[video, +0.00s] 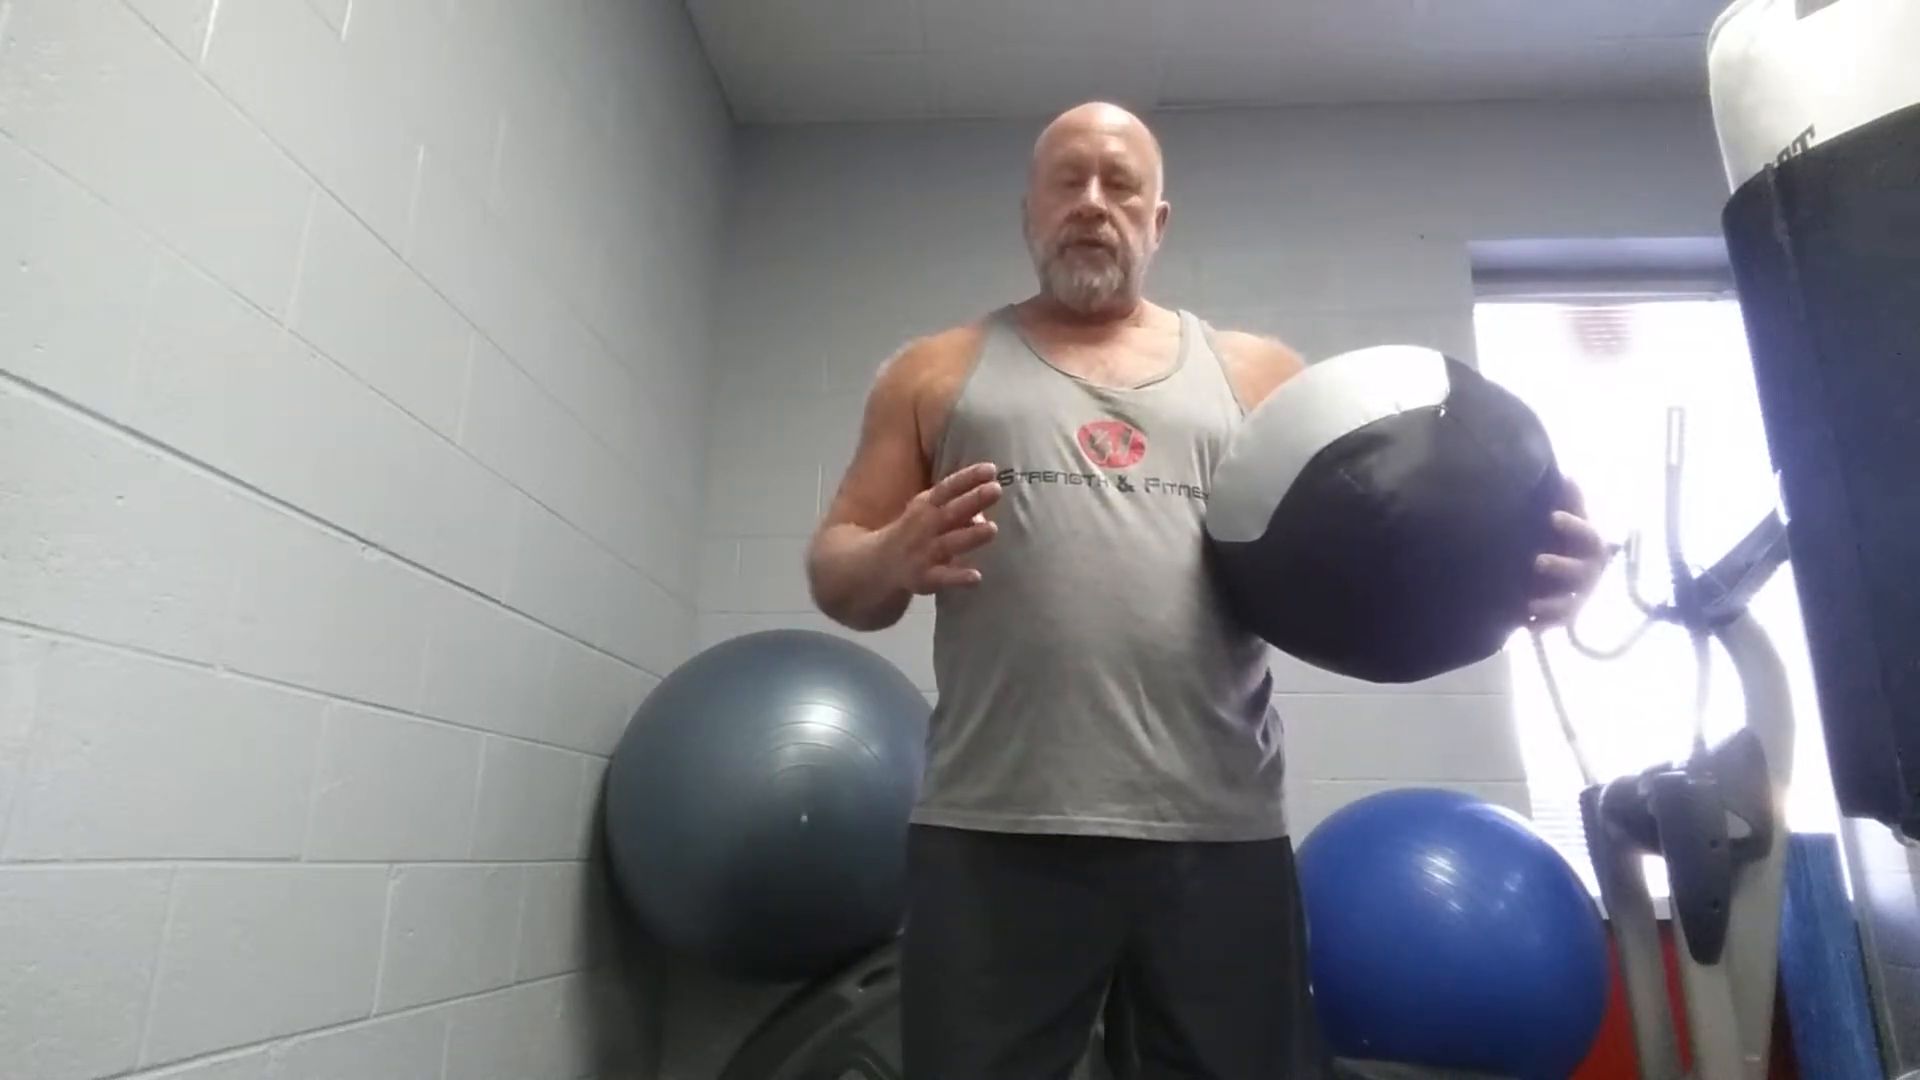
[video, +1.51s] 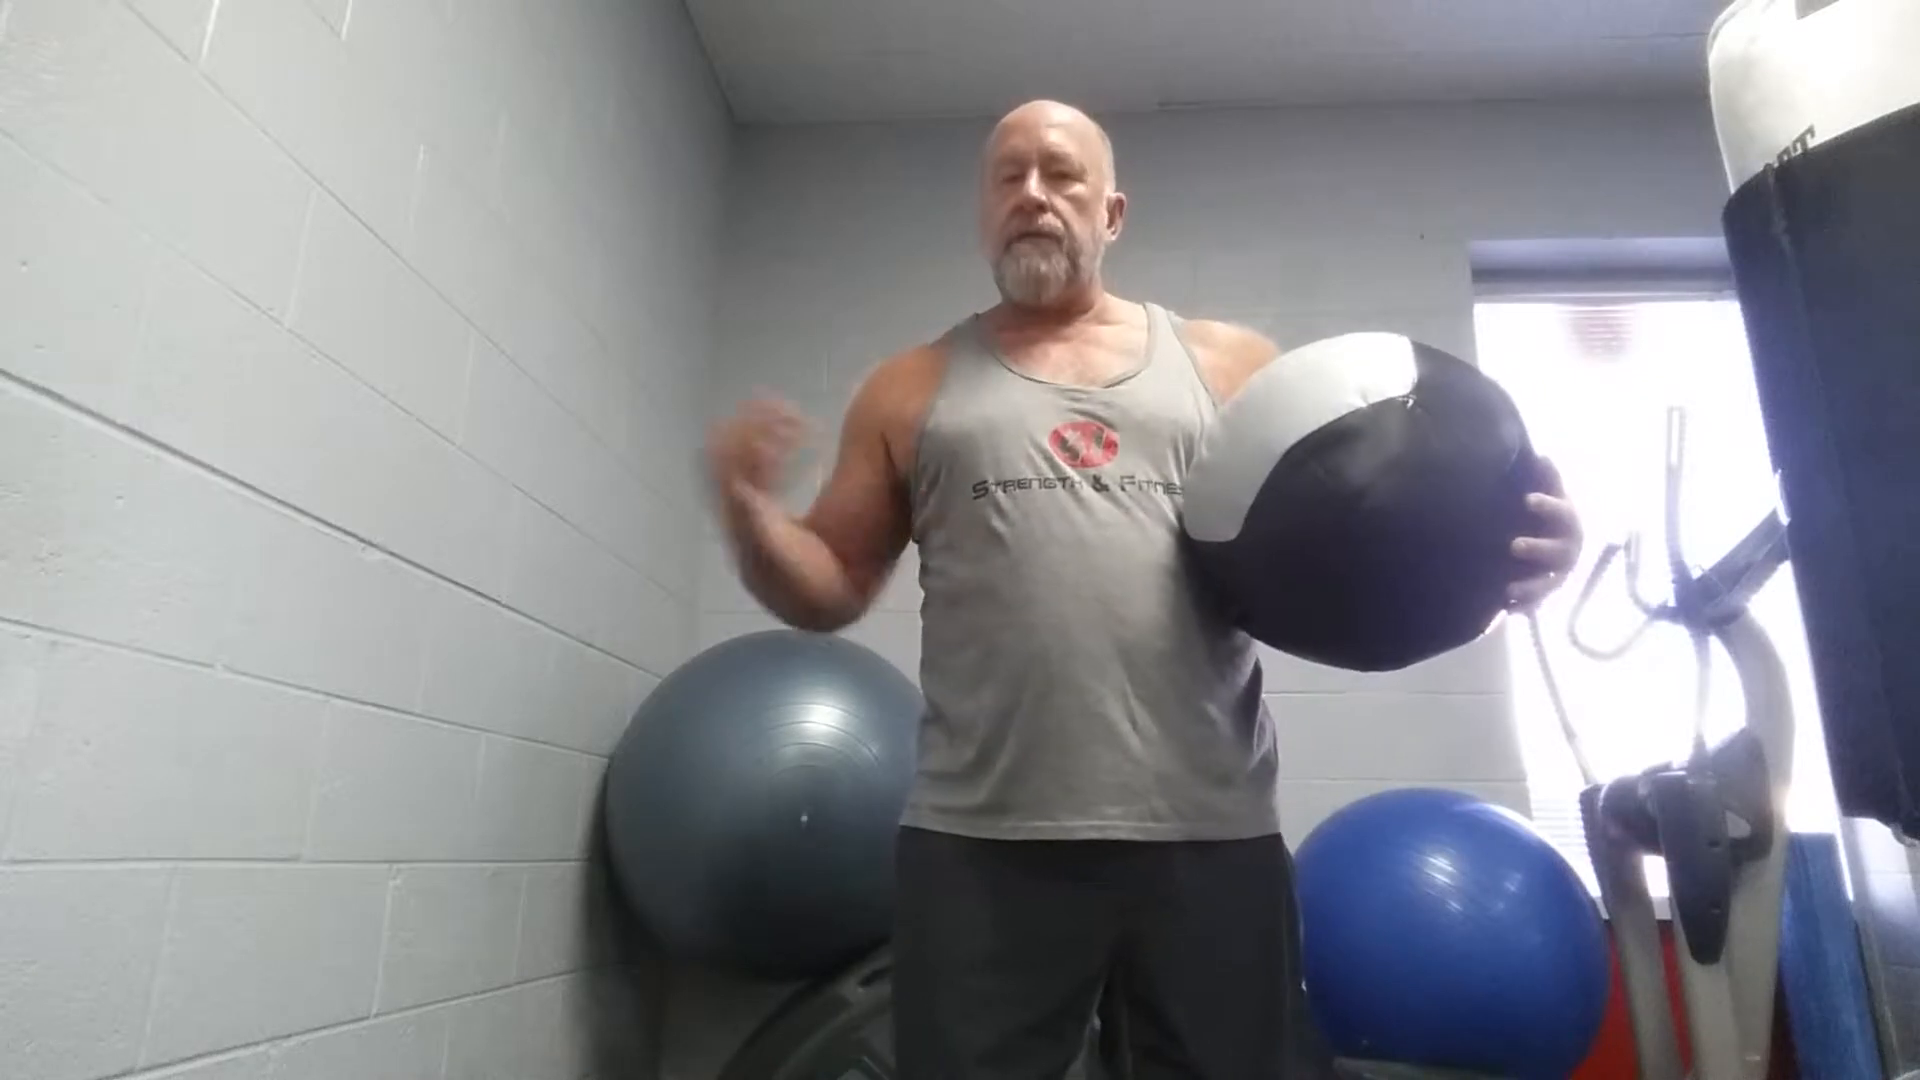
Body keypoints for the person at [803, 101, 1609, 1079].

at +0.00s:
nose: (1092, 203)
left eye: (1120, 184)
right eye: (1067, 179)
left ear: (1158, 216)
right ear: (1027, 208)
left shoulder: (1253, 371)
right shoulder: (932, 374)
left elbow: (1393, 532)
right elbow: (838, 583)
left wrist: (1539, 564)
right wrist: (890, 557)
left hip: (1218, 842)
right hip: (992, 840)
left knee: (1240, 1077)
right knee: (971, 1076)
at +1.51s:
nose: (1033, 193)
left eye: (1062, 174)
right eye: (1009, 176)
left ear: (1114, 213)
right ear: (978, 214)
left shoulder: (1228, 362)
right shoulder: (908, 390)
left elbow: (1369, 527)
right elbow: (828, 590)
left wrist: (1518, 548)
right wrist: (749, 510)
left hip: (1209, 839)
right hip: (984, 843)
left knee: (1239, 1068)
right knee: (970, 1067)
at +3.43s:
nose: (1065, 196)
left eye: (1094, 178)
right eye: (1041, 175)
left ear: (1137, 217)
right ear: (1002, 209)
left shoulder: (1235, 371)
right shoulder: (916, 377)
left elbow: (1373, 531)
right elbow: (828, 592)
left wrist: (1520, 568)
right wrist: (878, 575)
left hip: (1205, 838)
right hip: (977, 836)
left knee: (1231, 1074)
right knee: (961, 1072)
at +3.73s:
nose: (1058, 199)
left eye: (1086, 178)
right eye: (1034, 178)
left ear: (1133, 212)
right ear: (998, 213)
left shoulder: (1236, 368)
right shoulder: (919, 381)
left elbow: (1377, 529)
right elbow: (842, 599)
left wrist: (1527, 564)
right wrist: (863, 525)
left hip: (1206, 834)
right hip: (979, 835)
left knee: (1231, 1068)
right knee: (967, 1068)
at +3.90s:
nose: (1060, 203)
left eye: (1086, 181)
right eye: (1035, 183)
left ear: (1136, 210)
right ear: (1000, 216)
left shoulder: (1245, 366)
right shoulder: (927, 384)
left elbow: (1383, 525)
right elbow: (824, 565)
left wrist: (1534, 557)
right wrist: (653, 498)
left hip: (1213, 840)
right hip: (986, 842)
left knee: (1254, 1073)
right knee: (970, 1074)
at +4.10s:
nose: (1059, 208)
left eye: (1088, 188)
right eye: (1035, 187)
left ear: (1136, 216)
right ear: (1004, 216)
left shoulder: (1251, 366)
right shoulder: (931, 388)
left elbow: (1375, 542)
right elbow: (852, 580)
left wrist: (1533, 564)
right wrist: (769, 477)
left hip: (1216, 834)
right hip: (991, 837)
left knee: (1248, 1071)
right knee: (974, 1068)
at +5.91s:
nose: (1008, 190)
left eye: (1036, 167)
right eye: (982, 170)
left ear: (1088, 197)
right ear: (955, 207)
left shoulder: (1203, 335)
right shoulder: (900, 394)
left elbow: (1363, 475)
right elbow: (834, 583)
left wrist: (1507, 530)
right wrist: (740, 539)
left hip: (1173, 854)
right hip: (954, 859)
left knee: (1192, 1066)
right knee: (937, 1066)